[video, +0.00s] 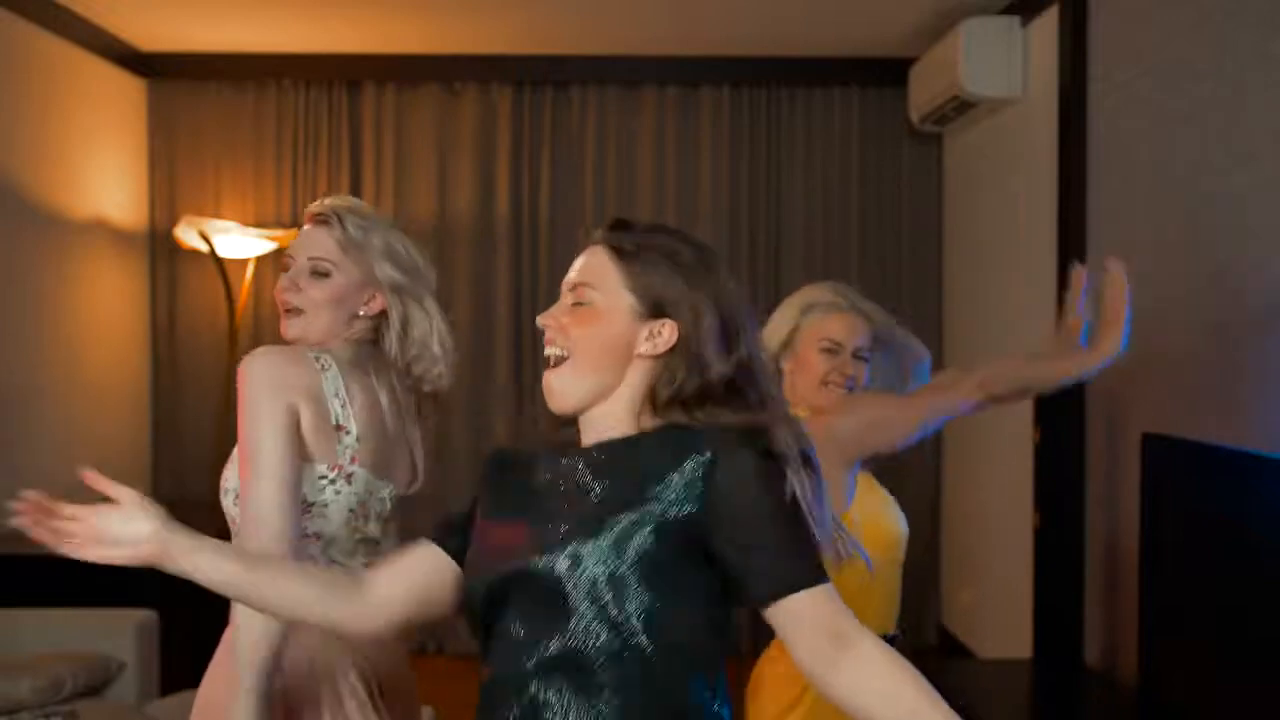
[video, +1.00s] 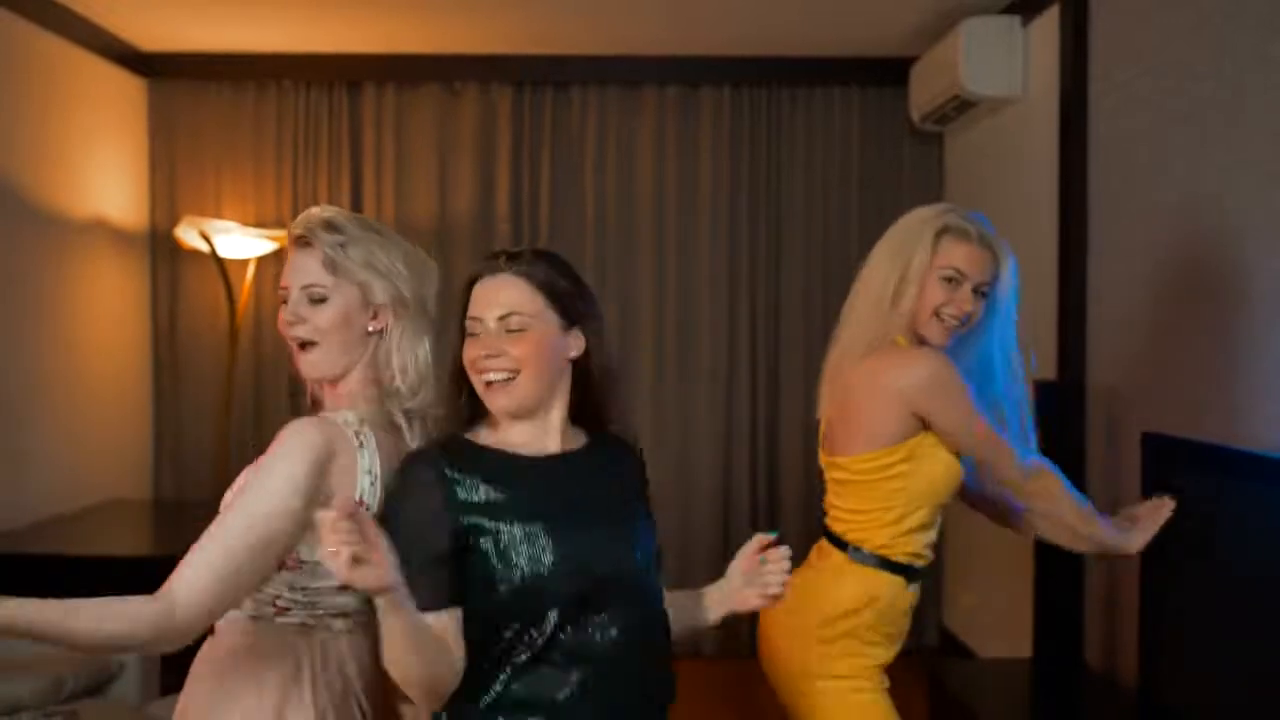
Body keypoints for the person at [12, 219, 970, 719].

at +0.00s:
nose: (545, 321)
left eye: (578, 301)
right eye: (555, 299)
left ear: (660, 339)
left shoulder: (719, 466)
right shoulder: (513, 482)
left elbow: (841, 654)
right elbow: (363, 602)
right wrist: (169, 545)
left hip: (664, 710)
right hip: (513, 711)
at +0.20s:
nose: (538, 365)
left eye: (570, 342)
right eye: (549, 343)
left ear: (644, 372)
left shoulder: (724, 532)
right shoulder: (488, 520)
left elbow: (798, 709)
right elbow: (435, 696)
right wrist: (296, 652)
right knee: (257, 695)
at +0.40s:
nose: (521, 323)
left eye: (551, 296)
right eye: (524, 301)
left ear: (632, 319)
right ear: (529, 324)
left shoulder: (704, 459)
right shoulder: (478, 424)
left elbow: (742, 645)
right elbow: (336, 577)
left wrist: (847, 631)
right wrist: (141, 625)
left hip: (656, 719)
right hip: (498, 712)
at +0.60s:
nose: (494, 375)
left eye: (525, 350)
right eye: (493, 354)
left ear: (598, 373)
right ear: (485, 376)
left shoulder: (660, 521)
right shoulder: (437, 505)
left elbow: (700, 689)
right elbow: (398, 688)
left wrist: (822, 692)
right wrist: (295, 643)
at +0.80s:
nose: (477, 336)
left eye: (505, 313)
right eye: (472, 317)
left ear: (576, 332)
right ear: (464, 334)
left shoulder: (632, 447)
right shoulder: (434, 431)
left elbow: (638, 574)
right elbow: (338, 567)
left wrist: (698, 621)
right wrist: (249, 590)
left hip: (609, 709)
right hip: (470, 707)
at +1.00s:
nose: (489, 349)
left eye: (515, 327)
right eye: (475, 330)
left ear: (574, 341)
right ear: (463, 348)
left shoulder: (618, 464)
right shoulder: (438, 478)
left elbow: (627, 614)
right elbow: (432, 687)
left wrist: (722, 596)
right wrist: (390, 594)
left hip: (631, 708)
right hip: (505, 710)